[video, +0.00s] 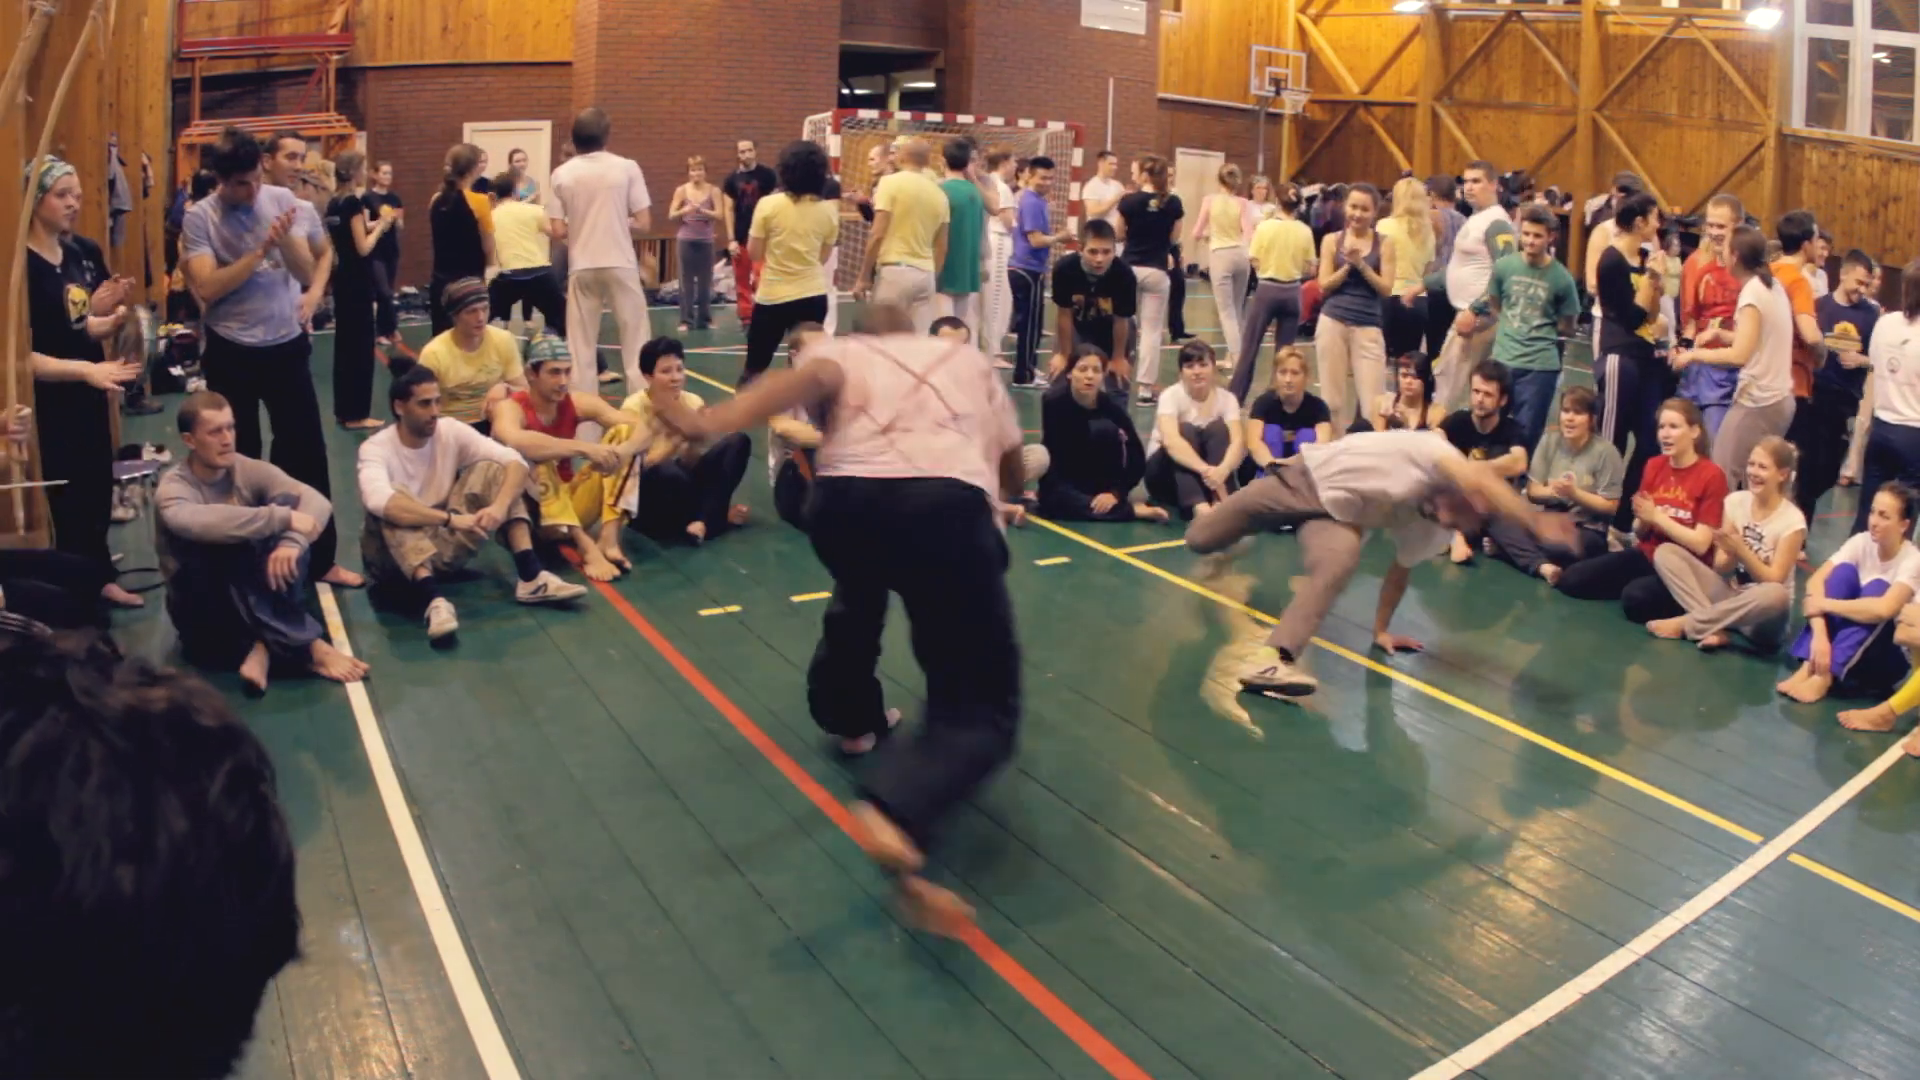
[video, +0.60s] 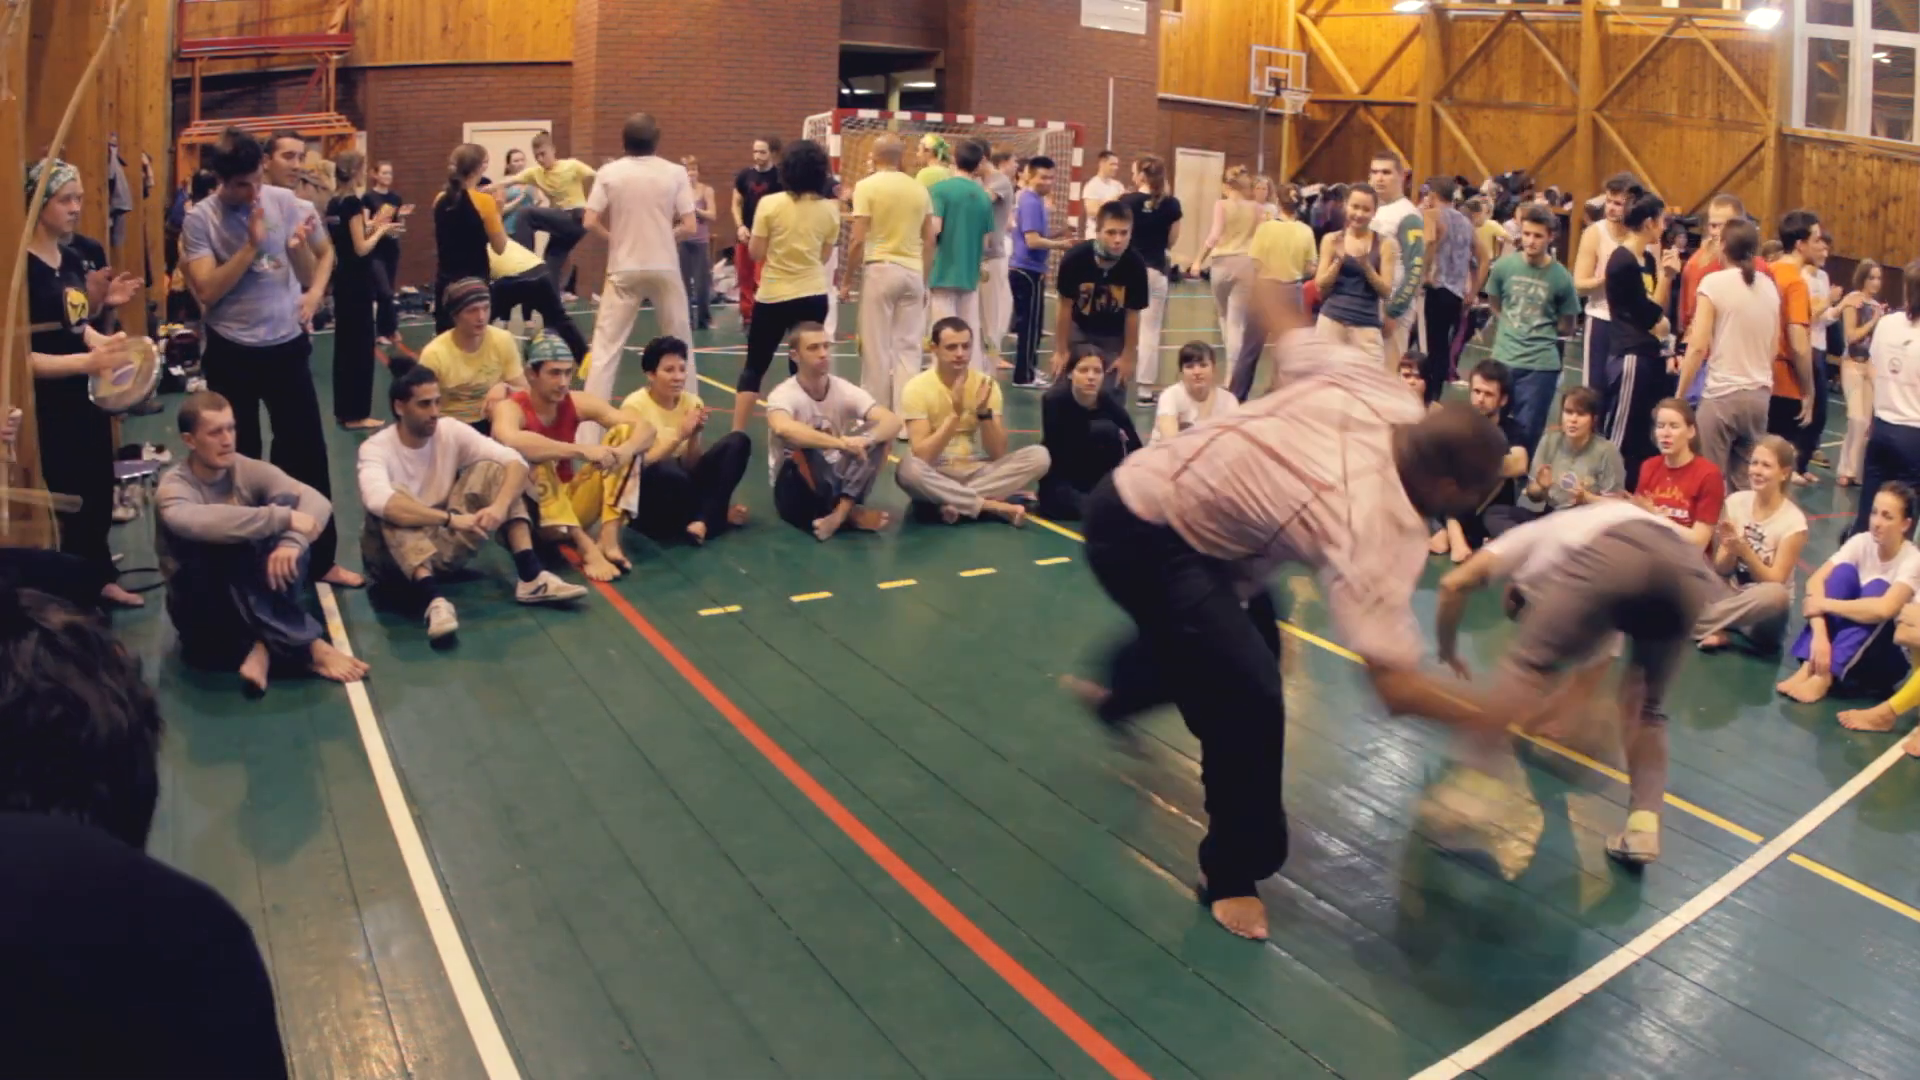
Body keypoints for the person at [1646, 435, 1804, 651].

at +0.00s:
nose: (1753, 472)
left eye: (1763, 467)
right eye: (1751, 464)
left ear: (1783, 475)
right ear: (1745, 466)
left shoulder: (1793, 520)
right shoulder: (1734, 501)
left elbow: (1775, 578)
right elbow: (1720, 566)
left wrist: (1739, 549)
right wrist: (1732, 552)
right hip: (1727, 596)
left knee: (1775, 594)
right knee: (1666, 552)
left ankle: (1685, 624)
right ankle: (1712, 629)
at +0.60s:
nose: (1757, 471)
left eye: (1766, 465)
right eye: (1754, 463)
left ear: (1784, 473)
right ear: (1748, 466)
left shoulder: (1794, 521)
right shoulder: (1734, 502)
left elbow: (1776, 578)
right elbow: (1720, 567)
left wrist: (1743, 551)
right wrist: (1730, 549)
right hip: (1726, 589)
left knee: (1774, 594)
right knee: (1685, 555)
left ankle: (1690, 624)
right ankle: (1709, 631)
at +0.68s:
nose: (1758, 471)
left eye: (1767, 465)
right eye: (1755, 463)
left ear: (1785, 473)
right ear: (1748, 466)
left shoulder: (1794, 521)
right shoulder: (1734, 502)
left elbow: (1777, 576)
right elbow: (1721, 546)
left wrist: (1742, 547)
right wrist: (1722, 536)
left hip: (1765, 589)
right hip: (1728, 582)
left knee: (1773, 591)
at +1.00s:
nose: (1759, 472)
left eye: (1769, 466)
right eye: (1756, 464)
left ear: (1785, 474)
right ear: (1749, 466)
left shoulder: (1794, 522)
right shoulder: (1735, 502)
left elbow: (1776, 579)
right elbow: (1720, 564)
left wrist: (1742, 549)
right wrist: (1733, 547)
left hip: (1764, 601)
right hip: (1727, 589)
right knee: (1666, 554)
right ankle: (1707, 620)